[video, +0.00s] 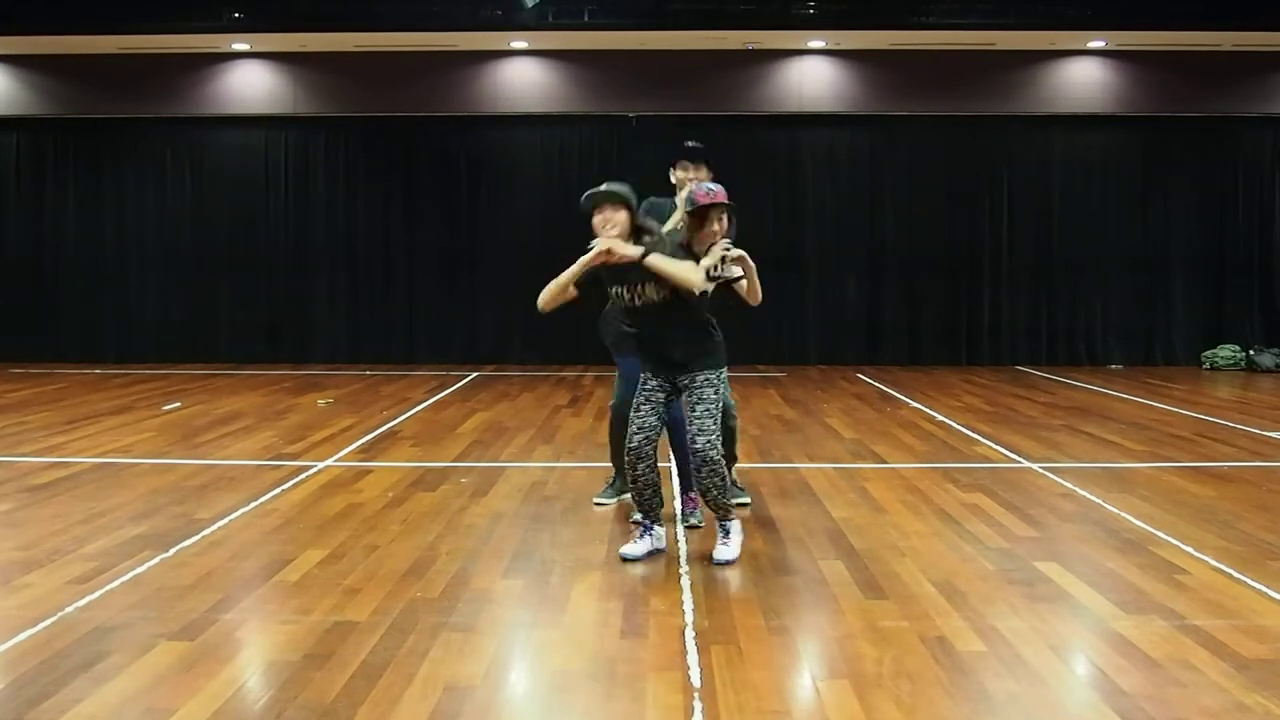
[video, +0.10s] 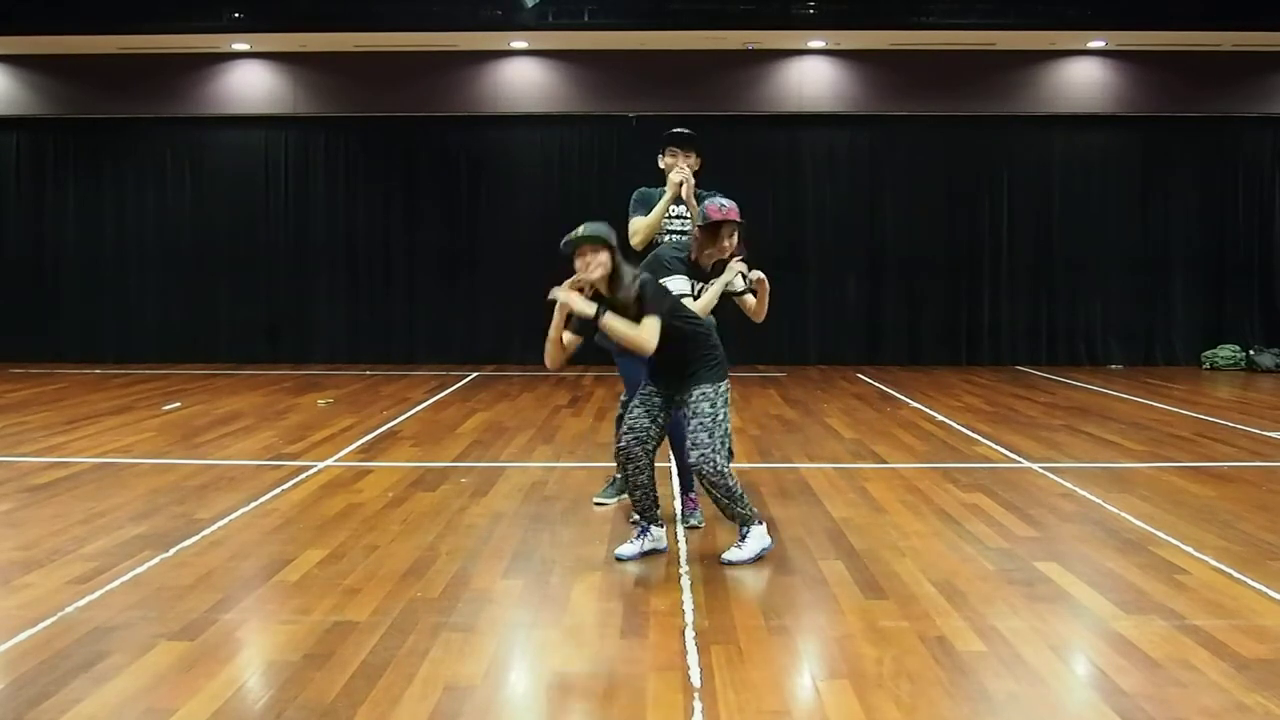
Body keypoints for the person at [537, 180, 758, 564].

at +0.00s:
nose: (605, 219)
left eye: (613, 210)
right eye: (598, 213)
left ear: (631, 214)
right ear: (592, 223)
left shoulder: (660, 244)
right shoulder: (601, 266)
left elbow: (697, 282)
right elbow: (544, 303)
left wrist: (640, 255)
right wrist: (584, 262)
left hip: (700, 363)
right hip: (655, 366)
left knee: (701, 447)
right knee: (637, 446)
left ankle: (727, 524)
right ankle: (652, 529)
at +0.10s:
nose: (587, 261)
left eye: (595, 252)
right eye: (580, 255)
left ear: (613, 253)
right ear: (574, 264)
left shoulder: (645, 286)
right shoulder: (592, 301)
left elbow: (647, 343)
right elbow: (554, 360)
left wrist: (591, 311)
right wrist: (561, 308)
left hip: (703, 373)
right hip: (661, 377)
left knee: (705, 461)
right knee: (631, 447)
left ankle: (753, 529)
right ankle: (650, 529)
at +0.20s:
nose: (577, 288)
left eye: (584, 278)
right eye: (569, 283)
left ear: (601, 275)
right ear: (564, 287)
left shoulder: (639, 302)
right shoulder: (586, 319)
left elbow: (636, 372)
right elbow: (564, 383)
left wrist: (580, 347)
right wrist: (555, 337)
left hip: (698, 377)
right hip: (654, 383)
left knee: (701, 465)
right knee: (627, 451)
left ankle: (755, 530)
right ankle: (650, 529)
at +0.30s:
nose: (575, 286)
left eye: (582, 277)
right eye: (567, 280)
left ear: (599, 273)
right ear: (561, 283)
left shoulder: (639, 299)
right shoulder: (580, 315)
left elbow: (636, 365)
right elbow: (552, 377)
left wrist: (576, 343)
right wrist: (550, 339)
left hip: (697, 370)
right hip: (654, 378)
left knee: (695, 463)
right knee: (626, 451)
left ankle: (753, 527)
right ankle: (650, 529)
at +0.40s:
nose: (575, 278)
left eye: (583, 269)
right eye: (567, 272)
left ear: (600, 266)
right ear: (561, 276)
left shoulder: (637, 293)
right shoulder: (582, 309)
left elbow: (630, 356)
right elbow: (547, 368)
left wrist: (577, 329)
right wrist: (548, 329)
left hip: (698, 369)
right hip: (656, 376)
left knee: (698, 461)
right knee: (630, 446)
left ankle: (754, 528)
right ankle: (648, 528)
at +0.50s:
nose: (577, 283)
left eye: (584, 274)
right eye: (568, 277)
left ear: (601, 270)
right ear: (562, 279)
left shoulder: (638, 295)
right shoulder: (585, 311)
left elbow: (629, 360)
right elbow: (552, 373)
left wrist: (577, 332)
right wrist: (551, 330)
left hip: (701, 368)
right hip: (659, 377)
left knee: (700, 461)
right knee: (634, 449)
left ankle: (755, 530)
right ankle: (649, 528)